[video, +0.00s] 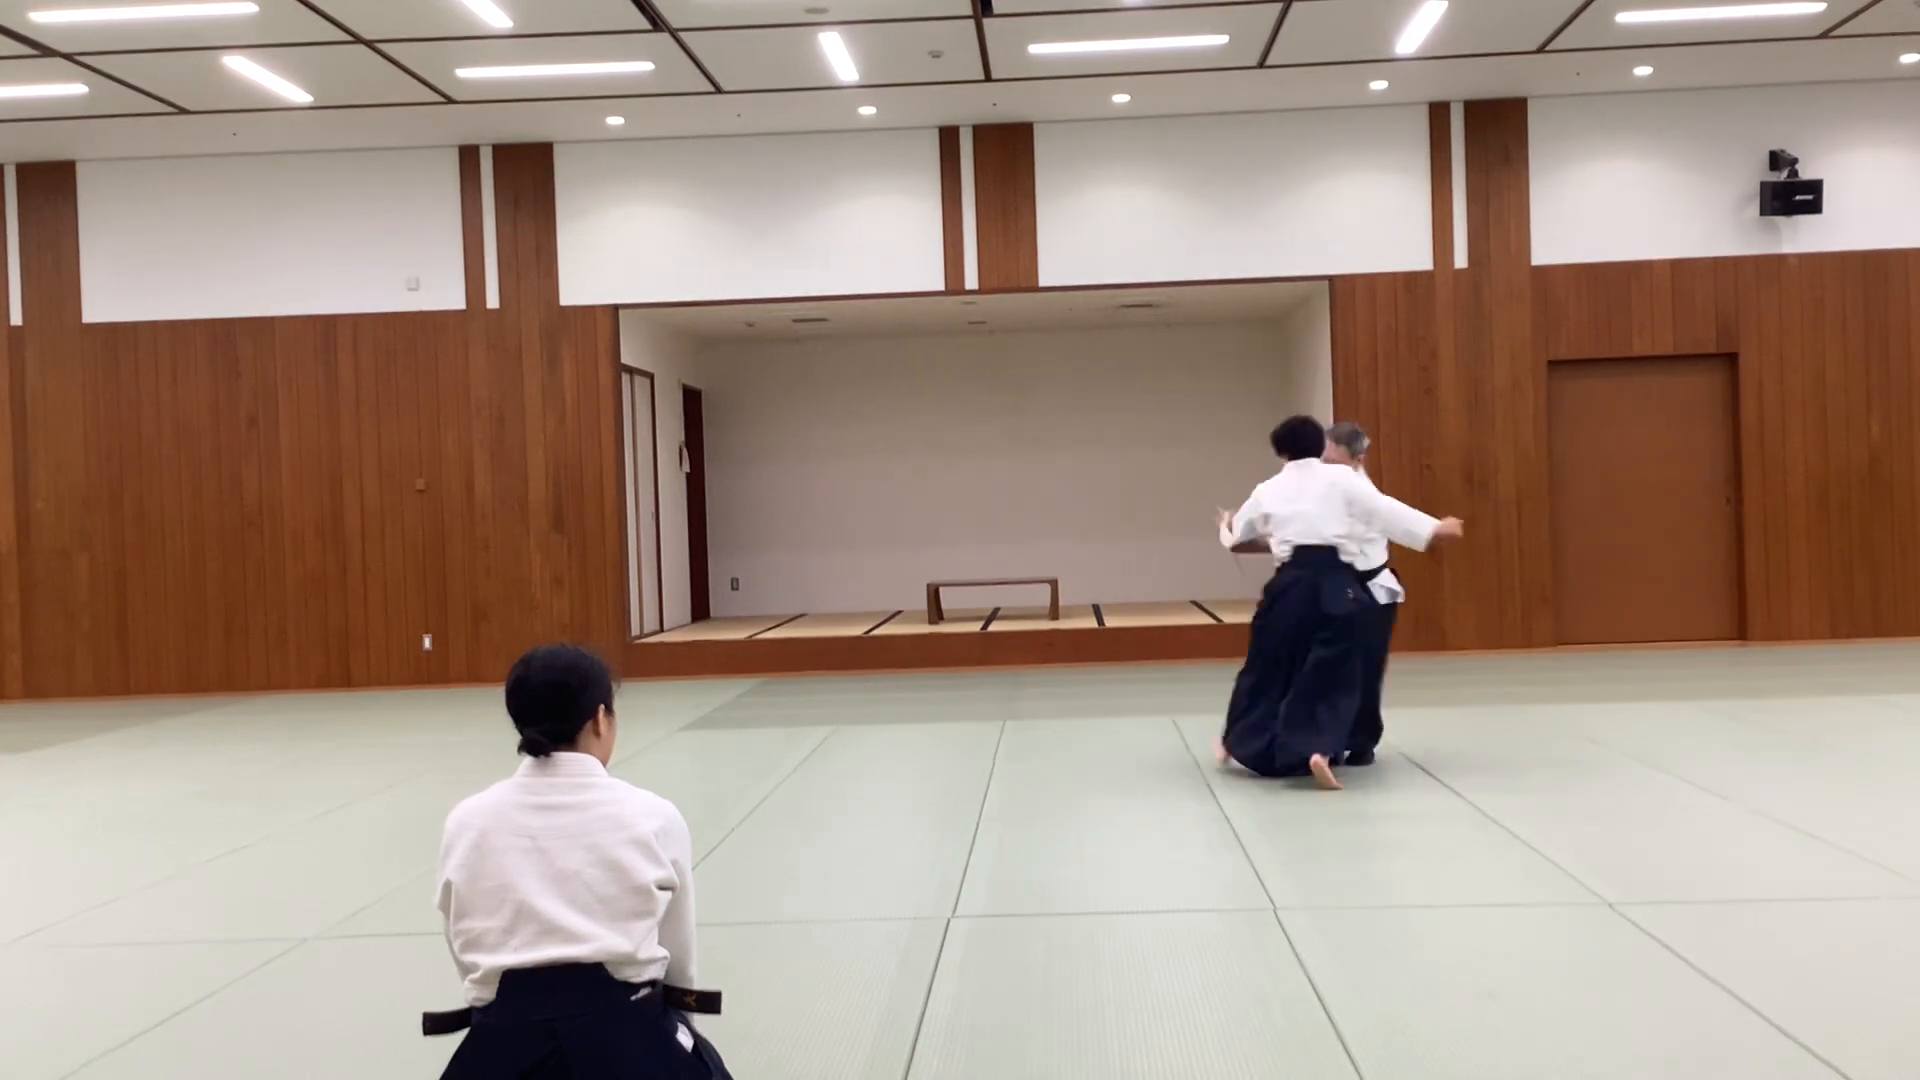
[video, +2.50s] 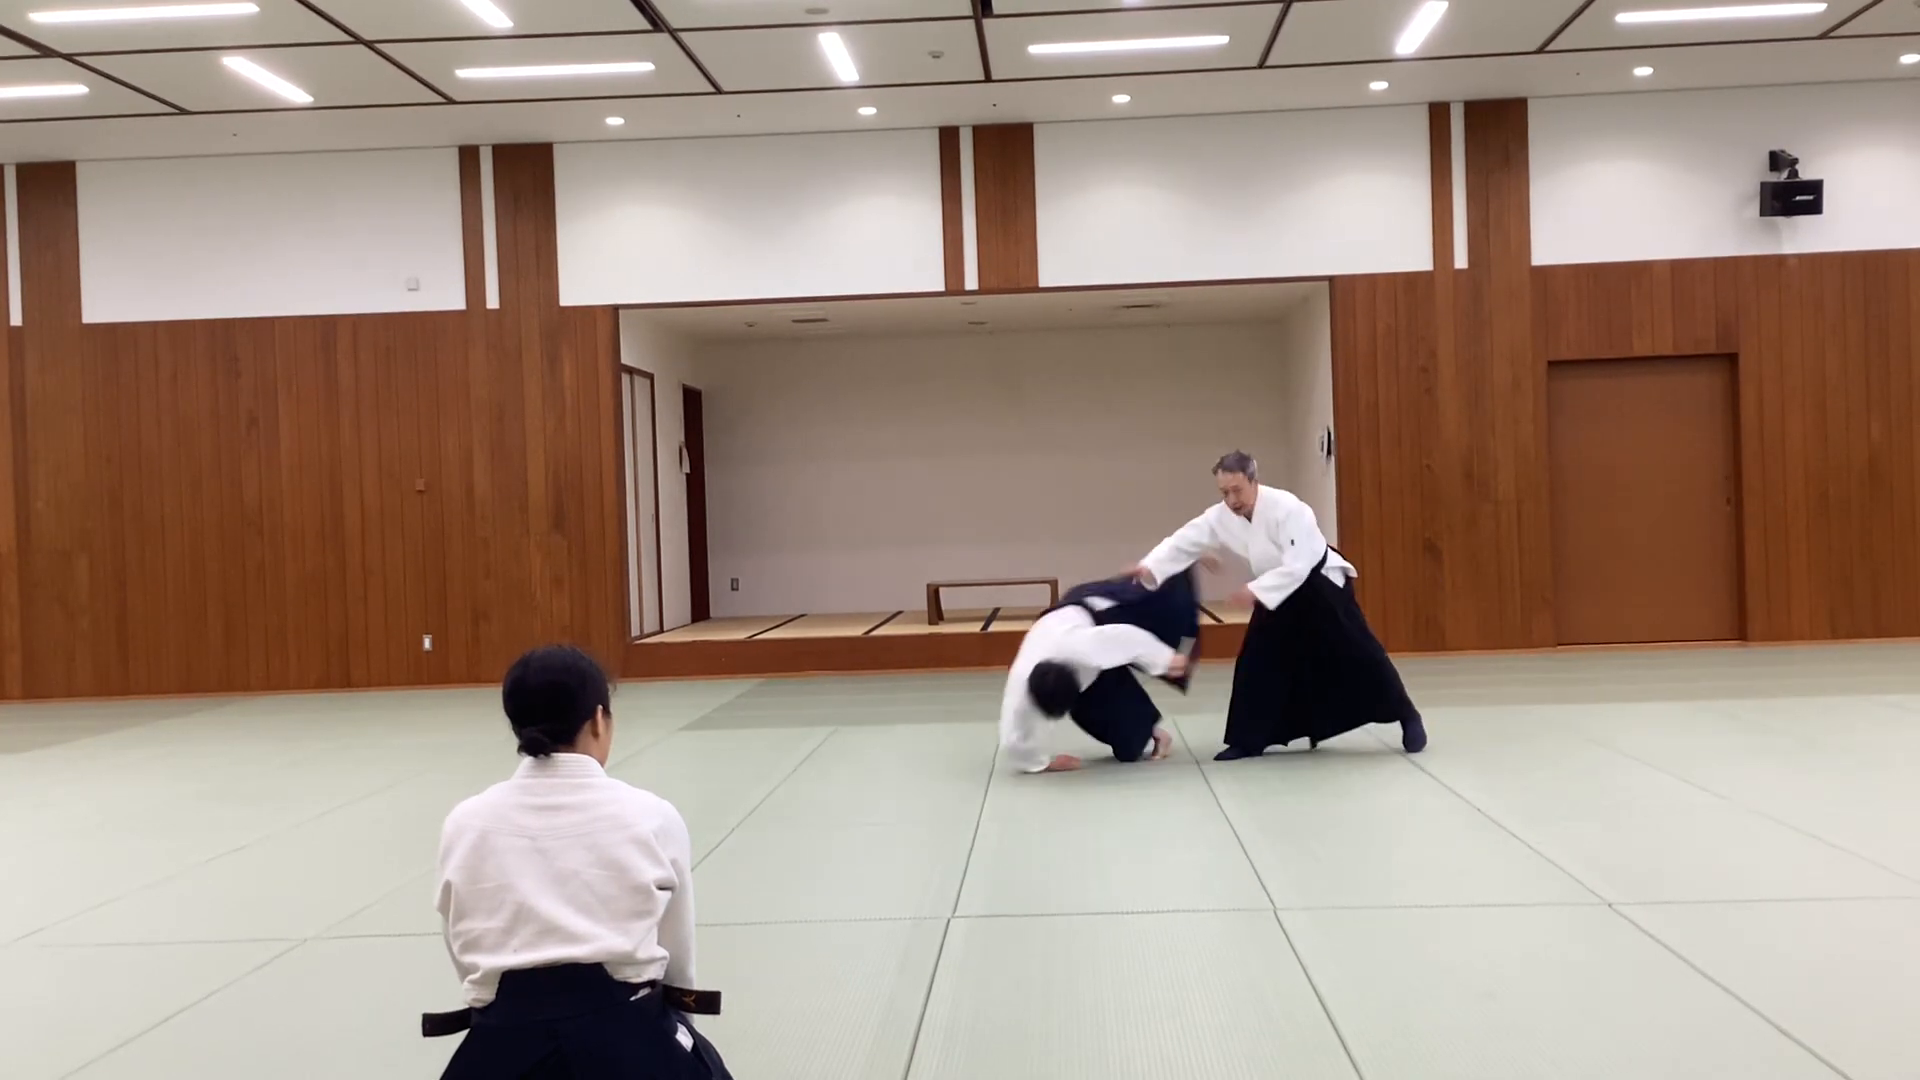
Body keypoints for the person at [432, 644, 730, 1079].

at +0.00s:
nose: (613, 725)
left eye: (613, 712)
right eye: (613, 713)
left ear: (522, 723)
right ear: (600, 721)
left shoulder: (467, 821)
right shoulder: (653, 817)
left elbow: (466, 958)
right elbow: (679, 967)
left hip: (504, 1047)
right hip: (628, 1043)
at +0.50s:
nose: (612, 726)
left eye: (612, 713)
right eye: (612, 714)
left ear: (521, 724)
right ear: (599, 721)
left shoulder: (466, 822)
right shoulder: (653, 817)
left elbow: (465, 957)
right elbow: (679, 966)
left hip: (503, 1048)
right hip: (629, 1044)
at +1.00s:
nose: (611, 726)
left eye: (610, 713)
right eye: (610, 714)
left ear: (519, 724)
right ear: (598, 721)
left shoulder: (465, 822)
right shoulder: (652, 816)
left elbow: (465, 957)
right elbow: (678, 966)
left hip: (503, 1048)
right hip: (629, 1043)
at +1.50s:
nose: (610, 729)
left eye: (610, 715)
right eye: (610, 716)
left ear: (519, 725)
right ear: (598, 721)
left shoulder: (465, 823)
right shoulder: (653, 817)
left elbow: (466, 960)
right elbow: (678, 967)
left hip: (503, 1049)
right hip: (629, 1045)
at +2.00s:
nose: (610, 727)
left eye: (609, 714)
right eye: (610, 715)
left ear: (519, 725)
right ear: (598, 721)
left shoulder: (465, 823)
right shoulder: (652, 818)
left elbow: (464, 960)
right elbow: (679, 968)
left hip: (503, 1050)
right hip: (629, 1046)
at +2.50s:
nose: (610, 727)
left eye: (609, 714)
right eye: (609, 716)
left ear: (518, 725)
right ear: (598, 721)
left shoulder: (464, 823)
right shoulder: (652, 817)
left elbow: (464, 960)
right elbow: (678, 967)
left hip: (503, 1050)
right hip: (629, 1046)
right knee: (696, 1045)